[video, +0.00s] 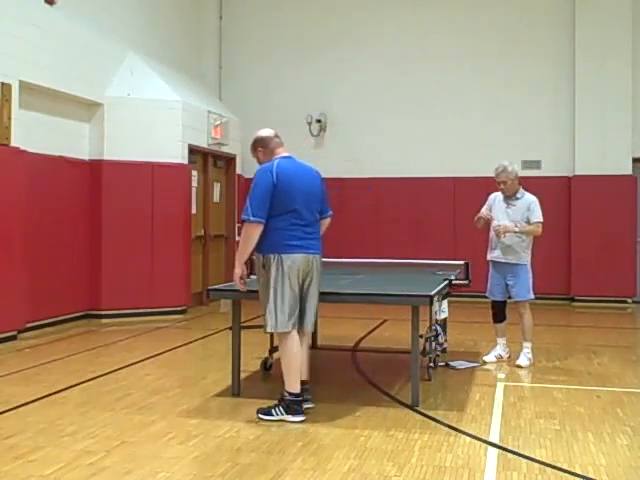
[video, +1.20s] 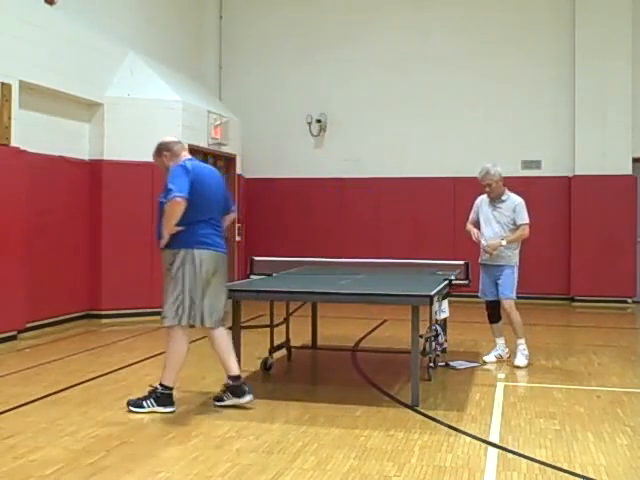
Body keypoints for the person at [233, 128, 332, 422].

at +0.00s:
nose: (257, 162)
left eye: (256, 158)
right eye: (256, 158)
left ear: (260, 151)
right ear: (281, 145)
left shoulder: (267, 172)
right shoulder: (312, 172)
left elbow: (255, 222)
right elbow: (325, 216)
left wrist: (240, 261)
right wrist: (307, 241)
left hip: (282, 258)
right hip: (311, 257)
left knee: (286, 331)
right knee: (301, 329)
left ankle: (292, 402)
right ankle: (302, 389)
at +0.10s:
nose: (252, 162)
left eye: (250, 158)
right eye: (250, 159)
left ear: (255, 151)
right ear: (275, 145)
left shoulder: (263, 171)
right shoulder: (305, 172)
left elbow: (251, 222)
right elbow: (314, 217)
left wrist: (236, 260)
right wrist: (300, 244)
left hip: (279, 256)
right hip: (306, 256)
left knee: (283, 329)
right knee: (287, 325)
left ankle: (293, 402)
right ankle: (280, 385)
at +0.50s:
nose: (222, 166)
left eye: (220, 162)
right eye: (220, 163)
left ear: (224, 155)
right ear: (243, 150)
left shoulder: (236, 167)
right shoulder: (270, 173)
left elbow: (239, 204)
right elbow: (290, 215)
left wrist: (226, 243)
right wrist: (273, 245)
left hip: (252, 255)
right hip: (276, 254)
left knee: (244, 327)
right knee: (259, 328)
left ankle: (281, 390)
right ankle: (244, 391)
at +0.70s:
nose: (207, 168)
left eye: (205, 164)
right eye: (206, 164)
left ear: (210, 156)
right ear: (228, 150)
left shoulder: (223, 164)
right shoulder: (254, 171)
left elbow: (232, 190)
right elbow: (278, 211)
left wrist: (219, 223)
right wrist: (263, 241)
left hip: (241, 251)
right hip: (264, 252)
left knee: (210, 318)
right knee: (251, 322)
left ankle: (243, 378)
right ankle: (247, 387)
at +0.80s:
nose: (200, 170)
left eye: (198, 165)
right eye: (198, 166)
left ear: (203, 155)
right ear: (222, 150)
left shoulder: (216, 163)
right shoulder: (247, 170)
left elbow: (227, 185)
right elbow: (271, 209)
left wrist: (213, 216)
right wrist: (257, 240)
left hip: (233, 249)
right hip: (257, 251)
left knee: (202, 317)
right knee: (245, 322)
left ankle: (214, 391)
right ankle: (244, 391)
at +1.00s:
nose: (183, 170)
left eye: (181, 166)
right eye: (181, 167)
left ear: (187, 157)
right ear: (204, 152)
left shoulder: (199, 165)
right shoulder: (232, 173)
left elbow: (208, 188)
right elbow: (256, 208)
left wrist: (194, 219)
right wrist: (240, 237)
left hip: (213, 251)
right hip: (241, 251)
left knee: (194, 323)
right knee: (235, 322)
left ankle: (168, 390)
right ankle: (241, 390)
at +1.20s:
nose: (163, 169)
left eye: (162, 164)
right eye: (161, 165)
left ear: (167, 156)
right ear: (185, 150)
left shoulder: (179, 169)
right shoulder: (213, 172)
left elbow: (178, 200)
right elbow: (230, 212)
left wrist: (166, 231)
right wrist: (210, 232)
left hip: (190, 251)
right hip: (216, 251)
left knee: (178, 324)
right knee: (214, 322)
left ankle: (164, 392)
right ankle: (237, 385)